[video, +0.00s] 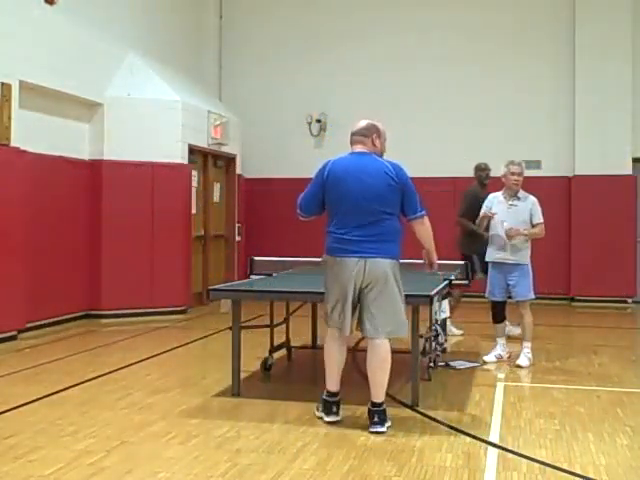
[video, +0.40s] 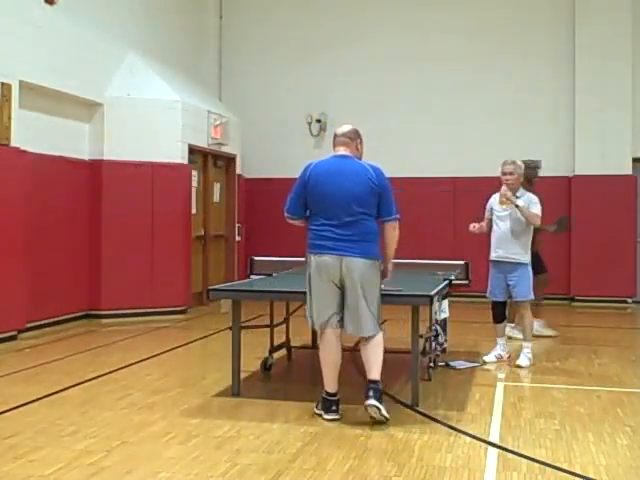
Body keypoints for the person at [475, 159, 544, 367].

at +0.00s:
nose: (516, 178)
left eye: (519, 175)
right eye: (512, 174)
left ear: (523, 178)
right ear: (503, 177)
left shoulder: (531, 202)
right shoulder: (492, 199)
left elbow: (540, 231)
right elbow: (480, 228)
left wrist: (521, 232)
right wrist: (485, 218)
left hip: (520, 261)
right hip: (496, 260)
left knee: (523, 305)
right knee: (497, 305)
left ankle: (526, 349)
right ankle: (501, 347)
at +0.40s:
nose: (507, 178)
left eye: (512, 174)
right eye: (504, 174)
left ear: (521, 176)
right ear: (500, 177)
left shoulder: (530, 199)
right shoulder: (494, 200)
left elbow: (536, 221)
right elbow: (487, 224)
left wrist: (514, 202)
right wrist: (479, 227)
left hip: (520, 260)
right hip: (497, 259)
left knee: (523, 304)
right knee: (497, 304)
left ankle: (526, 349)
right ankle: (501, 347)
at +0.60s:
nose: (505, 176)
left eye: (510, 172)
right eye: (503, 173)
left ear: (520, 175)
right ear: (500, 176)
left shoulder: (529, 198)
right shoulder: (494, 200)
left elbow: (531, 217)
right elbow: (489, 224)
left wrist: (511, 197)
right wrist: (477, 228)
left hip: (519, 259)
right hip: (497, 258)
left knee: (523, 304)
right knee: (497, 304)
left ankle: (527, 349)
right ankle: (501, 347)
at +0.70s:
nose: (506, 176)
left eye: (510, 172)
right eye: (503, 172)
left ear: (521, 175)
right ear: (500, 176)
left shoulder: (529, 198)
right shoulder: (495, 200)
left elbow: (529, 216)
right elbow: (489, 225)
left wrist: (511, 195)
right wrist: (476, 227)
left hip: (519, 259)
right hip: (497, 258)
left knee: (523, 304)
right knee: (497, 304)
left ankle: (526, 349)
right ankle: (501, 346)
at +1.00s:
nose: (508, 174)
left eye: (512, 171)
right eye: (506, 171)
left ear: (522, 175)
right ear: (501, 174)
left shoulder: (529, 197)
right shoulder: (495, 198)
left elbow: (528, 210)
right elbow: (488, 223)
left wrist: (512, 188)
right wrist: (476, 227)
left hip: (519, 258)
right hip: (497, 257)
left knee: (523, 305)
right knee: (497, 304)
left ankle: (526, 350)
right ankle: (501, 347)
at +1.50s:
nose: (510, 174)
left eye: (514, 171)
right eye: (507, 170)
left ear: (522, 176)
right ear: (502, 174)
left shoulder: (528, 197)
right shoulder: (495, 199)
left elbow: (533, 203)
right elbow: (487, 224)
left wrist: (517, 181)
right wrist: (476, 227)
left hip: (519, 257)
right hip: (497, 257)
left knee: (523, 305)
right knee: (497, 304)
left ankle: (526, 350)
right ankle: (501, 347)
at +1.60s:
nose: (510, 175)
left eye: (515, 171)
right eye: (508, 171)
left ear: (522, 176)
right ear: (503, 175)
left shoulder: (528, 197)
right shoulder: (495, 199)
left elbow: (533, 204)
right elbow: (488, 224)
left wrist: (517, 181)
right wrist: (477, 227)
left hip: (519, 257)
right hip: (497, 257)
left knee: (523, 304)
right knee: (497, 304)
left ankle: (526, 350)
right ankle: (501, 347)